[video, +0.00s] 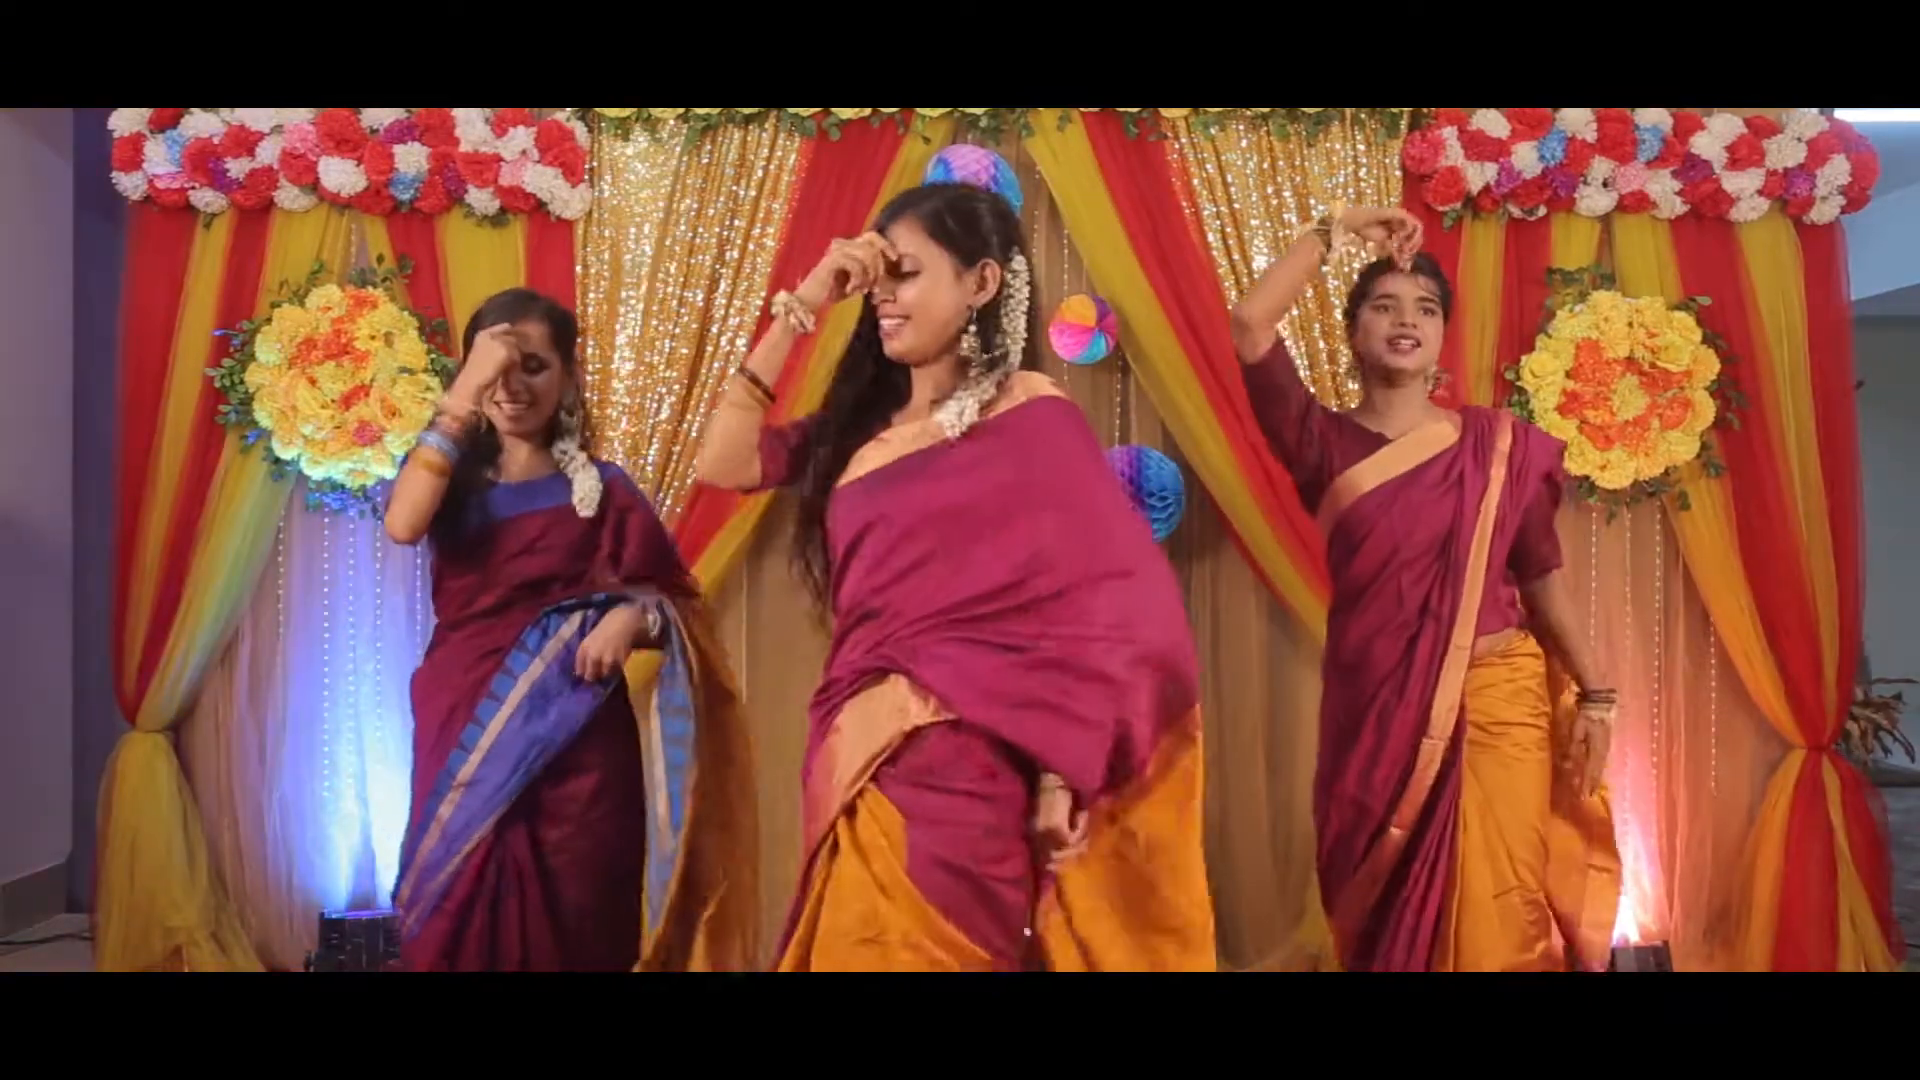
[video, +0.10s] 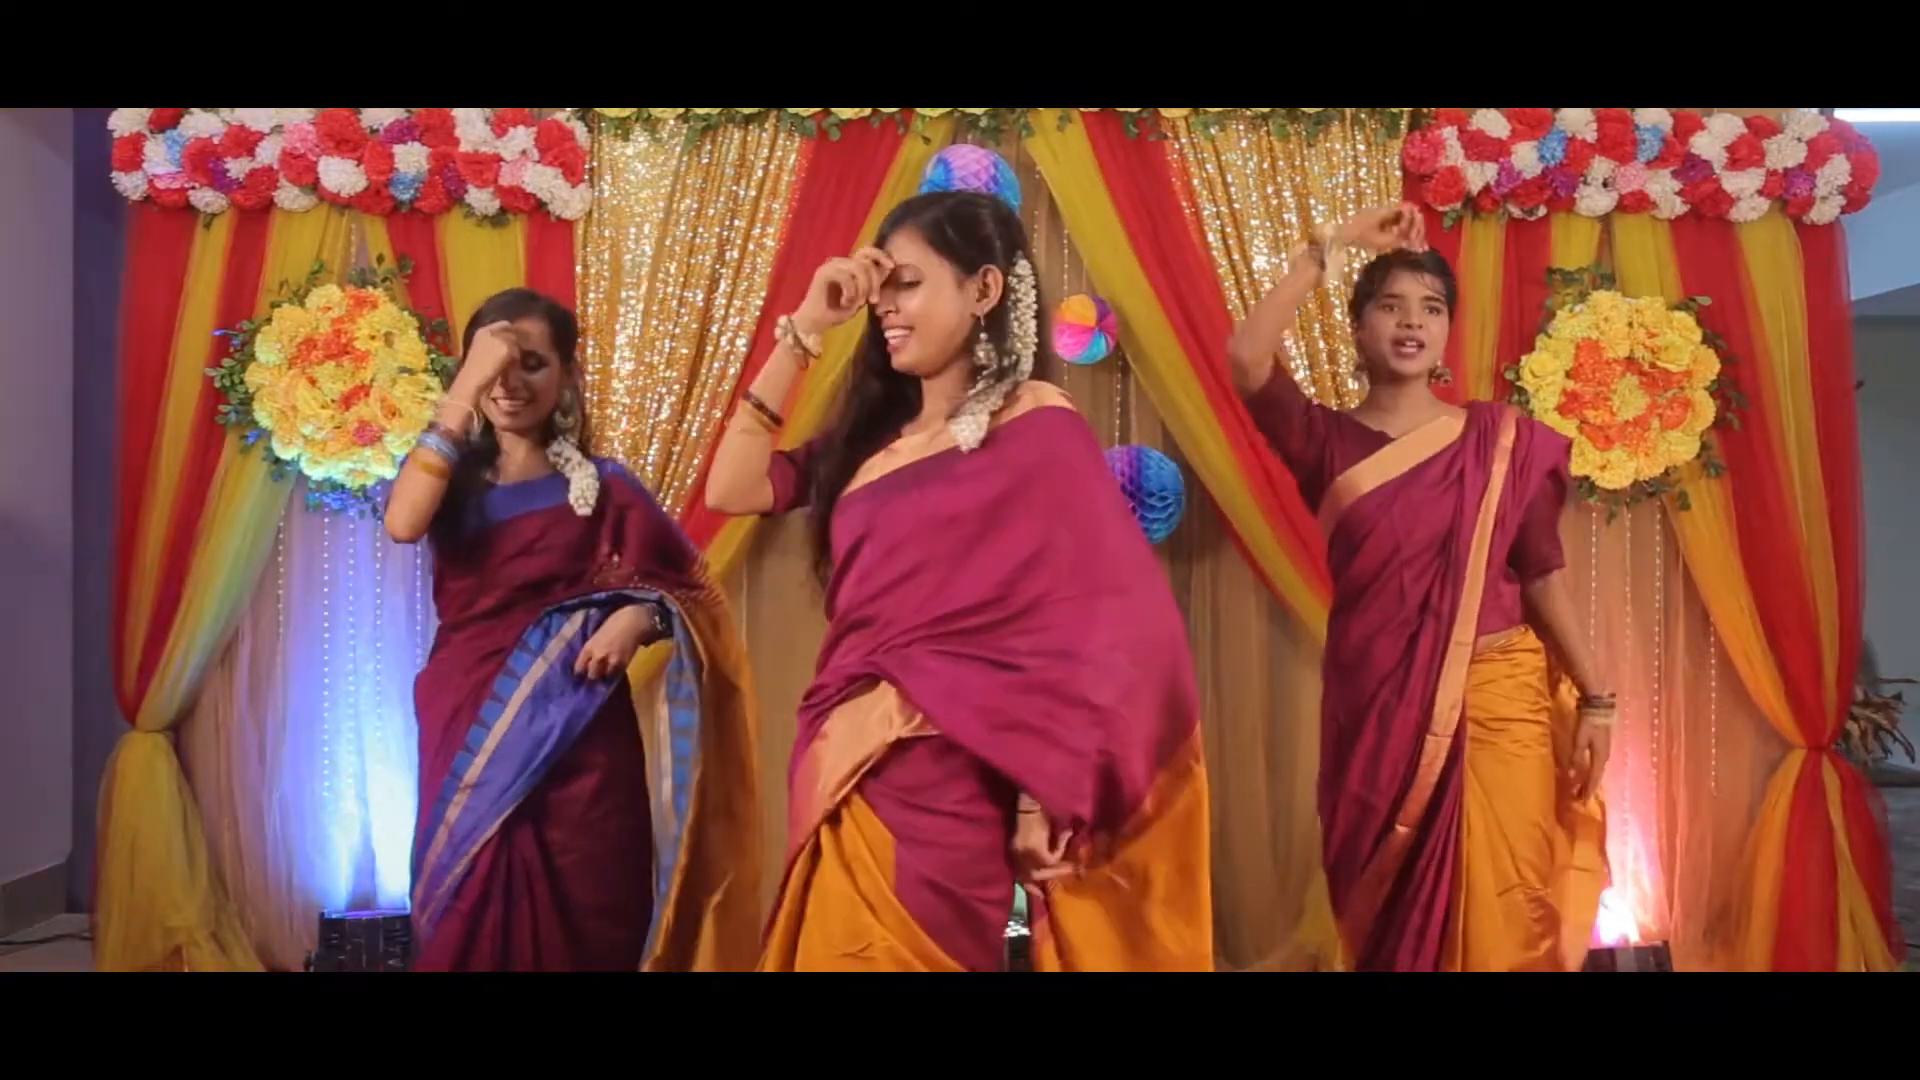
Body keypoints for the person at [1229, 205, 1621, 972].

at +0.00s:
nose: (1406, 320)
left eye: (1424, 307)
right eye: (1384, 305)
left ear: (1445, 334)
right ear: (1351, 329)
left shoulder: (1498, 442)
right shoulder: (1328, 444)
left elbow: (1539, 583)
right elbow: (1252, 323)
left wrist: (1594, 687)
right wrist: (1336, 228)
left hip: (1500, 690)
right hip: (1381, 704)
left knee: (1492, 915)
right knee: (1389, 917)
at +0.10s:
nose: (1410, 321)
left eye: (1430, 307)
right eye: (1389, 304)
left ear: (1450, 330)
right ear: (1356, 325)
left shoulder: (1505, 438)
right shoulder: (1330, 442)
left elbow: (1541, 579)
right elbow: (1248, 358)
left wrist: (1597, 697)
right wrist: (1331, 244)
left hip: (1502, 699)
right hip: (1382, 708)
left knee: (1501, 921)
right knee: (1394, 924)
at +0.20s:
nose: (1419, 337)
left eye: (1437, 321)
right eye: (1398, 321)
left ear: (1458, 338)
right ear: (1361, 340)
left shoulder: (1508, 444)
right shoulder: (1337, 444)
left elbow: (1541, 594)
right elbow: (1258, 465)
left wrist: (1593, 718)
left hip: (1497, 707)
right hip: (1376, 712)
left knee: (1494, 918)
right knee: (1388, 917)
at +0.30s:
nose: (1421, 366)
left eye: (1440, 348)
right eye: (1402, 347)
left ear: (1464, 364)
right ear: (1372, 359)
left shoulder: (1516, 467)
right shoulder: (1333, 468)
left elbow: (1543, 624)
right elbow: (1285, 586)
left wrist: (1581, 758)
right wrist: (1353, 526)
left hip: (1488, 731)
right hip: (1369, 733)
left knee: (1480, 929)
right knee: (1378, 931)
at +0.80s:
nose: (1354, 406)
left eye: (1384, 397)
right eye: (1348, 391)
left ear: (1419, 434)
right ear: (1333, 409)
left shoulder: (1437, 533)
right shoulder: (1331, 538)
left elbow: (1519, 681)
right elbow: (1308, 693)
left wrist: (1590, 810)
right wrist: (1301, 597)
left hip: (1483, 806)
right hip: (1385, 804)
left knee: (1423, 952)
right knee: (1337, 948)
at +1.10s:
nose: (1366, 386)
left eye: (1388, 368)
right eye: (1352, 367)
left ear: (1430, 383)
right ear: (1336, 377)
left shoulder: (1472, 467)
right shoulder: (1334, 492)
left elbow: (1524, 617)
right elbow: (1263, 603)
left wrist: (1571, 758)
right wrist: (1279, 509)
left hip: (1479, 744)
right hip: (1382, 753)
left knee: (1477, 942)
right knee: (1386, 942)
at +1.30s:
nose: (1387, 356)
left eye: (1408, 337)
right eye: (1370, 337)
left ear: (1447, 344)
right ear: (1350, 342)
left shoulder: (1502, 430)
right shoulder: (1324, 444)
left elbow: (1537, 579)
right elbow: (1237, 530)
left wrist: (1569, 702)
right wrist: (1313, 514)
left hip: (1481, 698)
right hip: (1366, 706)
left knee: (1495, 907)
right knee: (1380, 903)